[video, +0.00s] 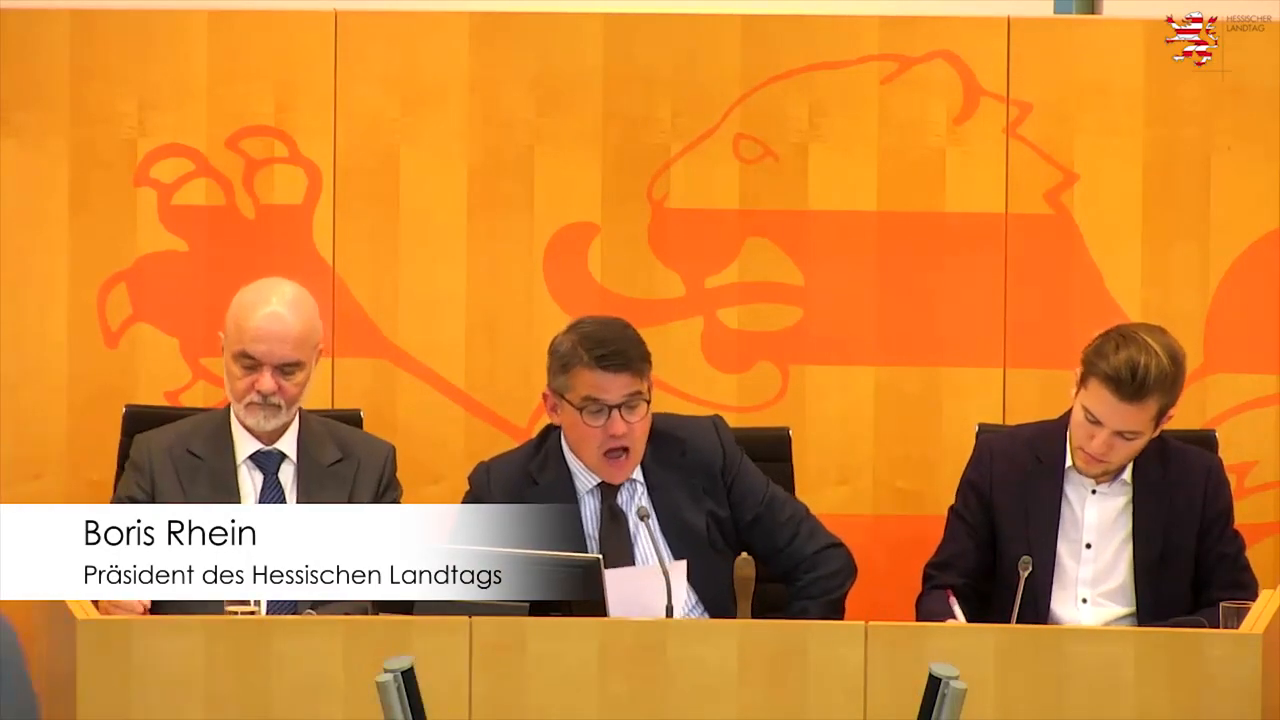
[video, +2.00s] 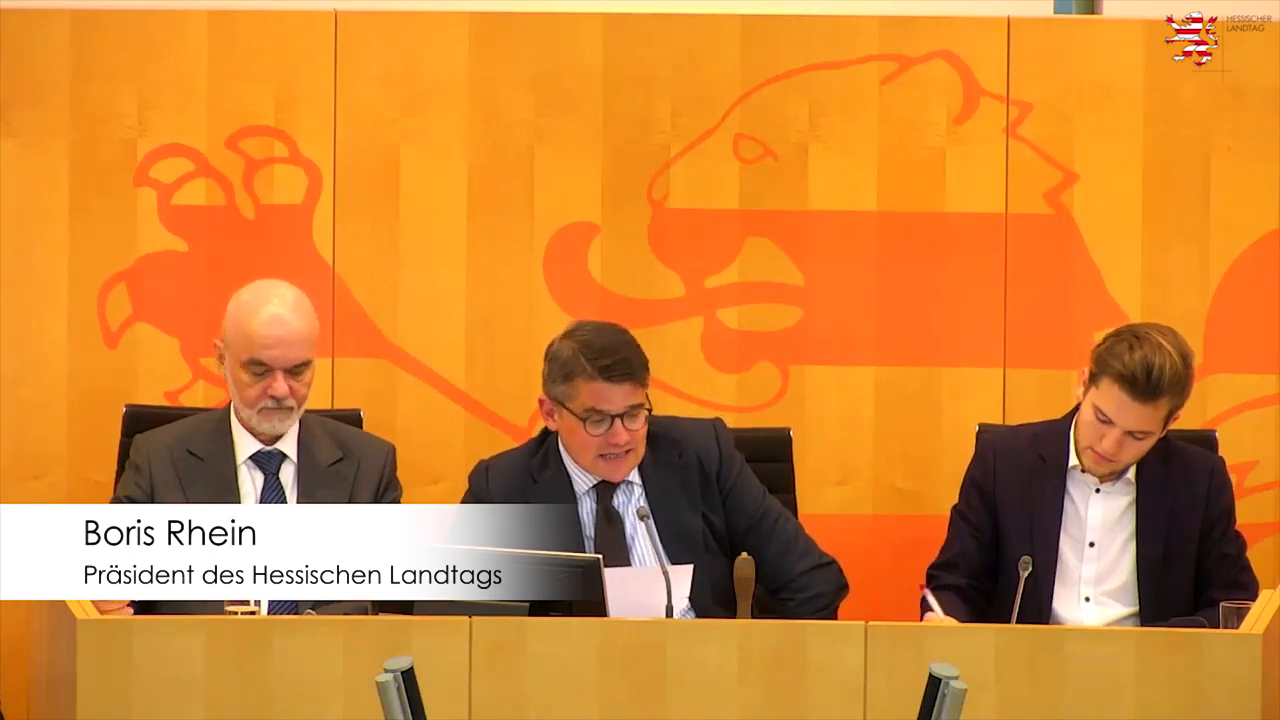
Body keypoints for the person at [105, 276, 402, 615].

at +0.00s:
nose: (266, 387)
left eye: (287, 369)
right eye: (249, 364)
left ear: (316, 358)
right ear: (223, 350)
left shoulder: (370, 463)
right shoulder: (155, 458)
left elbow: (384, 587)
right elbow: (116, 559)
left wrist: (315, 632)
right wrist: (118, 597)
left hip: (324, 666)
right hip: (190, 663)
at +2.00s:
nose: (280, 391)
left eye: (297, 370)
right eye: (258, 370)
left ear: (315, 359)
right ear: (221, 358)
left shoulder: (371, 462)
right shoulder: (154, 458)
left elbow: (393, 595)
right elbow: (112, 578)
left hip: (329, 668)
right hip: (191, 666)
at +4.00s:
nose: (285, 390)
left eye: (304, 371)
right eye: (265, 368)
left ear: (321, 362)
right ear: (226, 355)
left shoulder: (371, 463)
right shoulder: (159, 457)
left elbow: (386, 587)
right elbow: (118, 577)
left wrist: (312, 633)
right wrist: (147, 618)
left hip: (327, 664)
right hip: (197, 659)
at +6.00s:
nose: (274, 392)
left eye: (296, 376)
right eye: (257, 369)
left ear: (322, 362)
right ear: (229, 349)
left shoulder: (372, 464)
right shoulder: (160, 456)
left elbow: (391, 594)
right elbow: (125, 578)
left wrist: (315, 629)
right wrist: (146, 621)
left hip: (331, 676)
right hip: (199, 671)